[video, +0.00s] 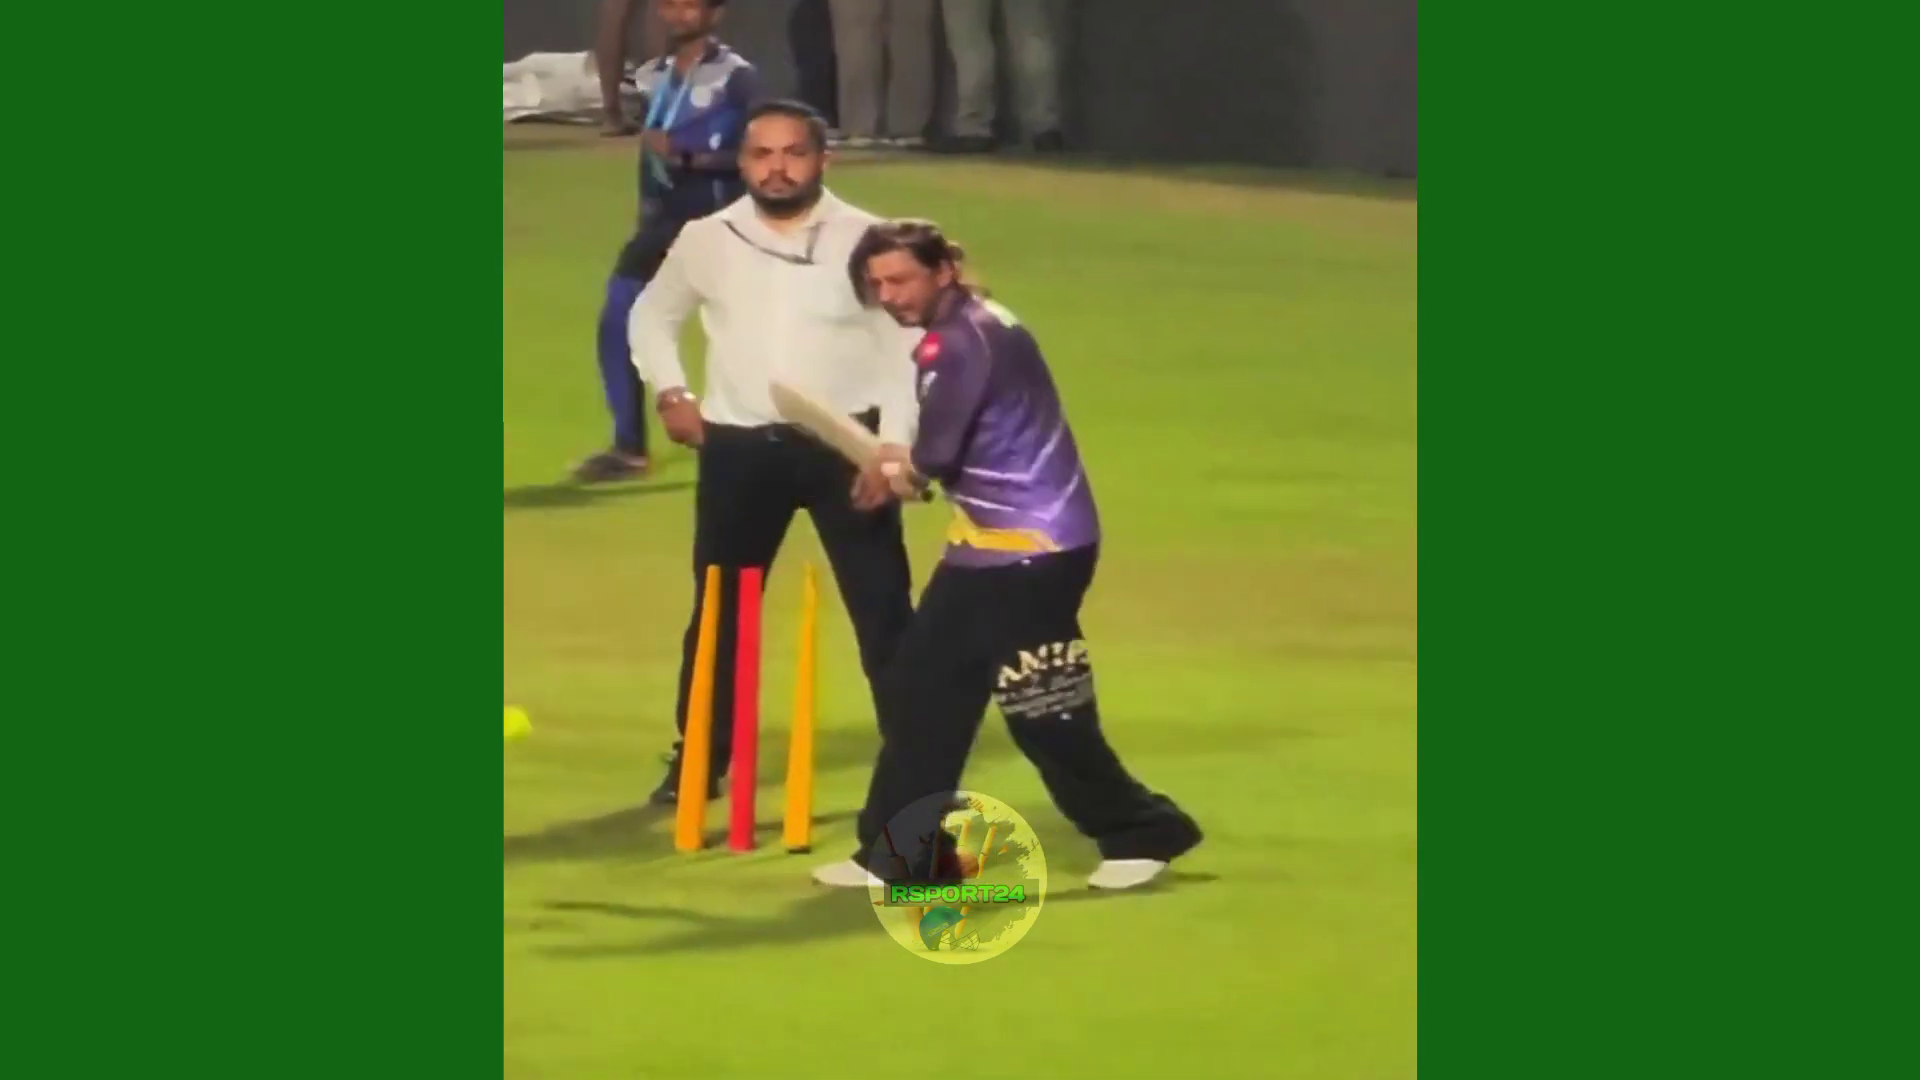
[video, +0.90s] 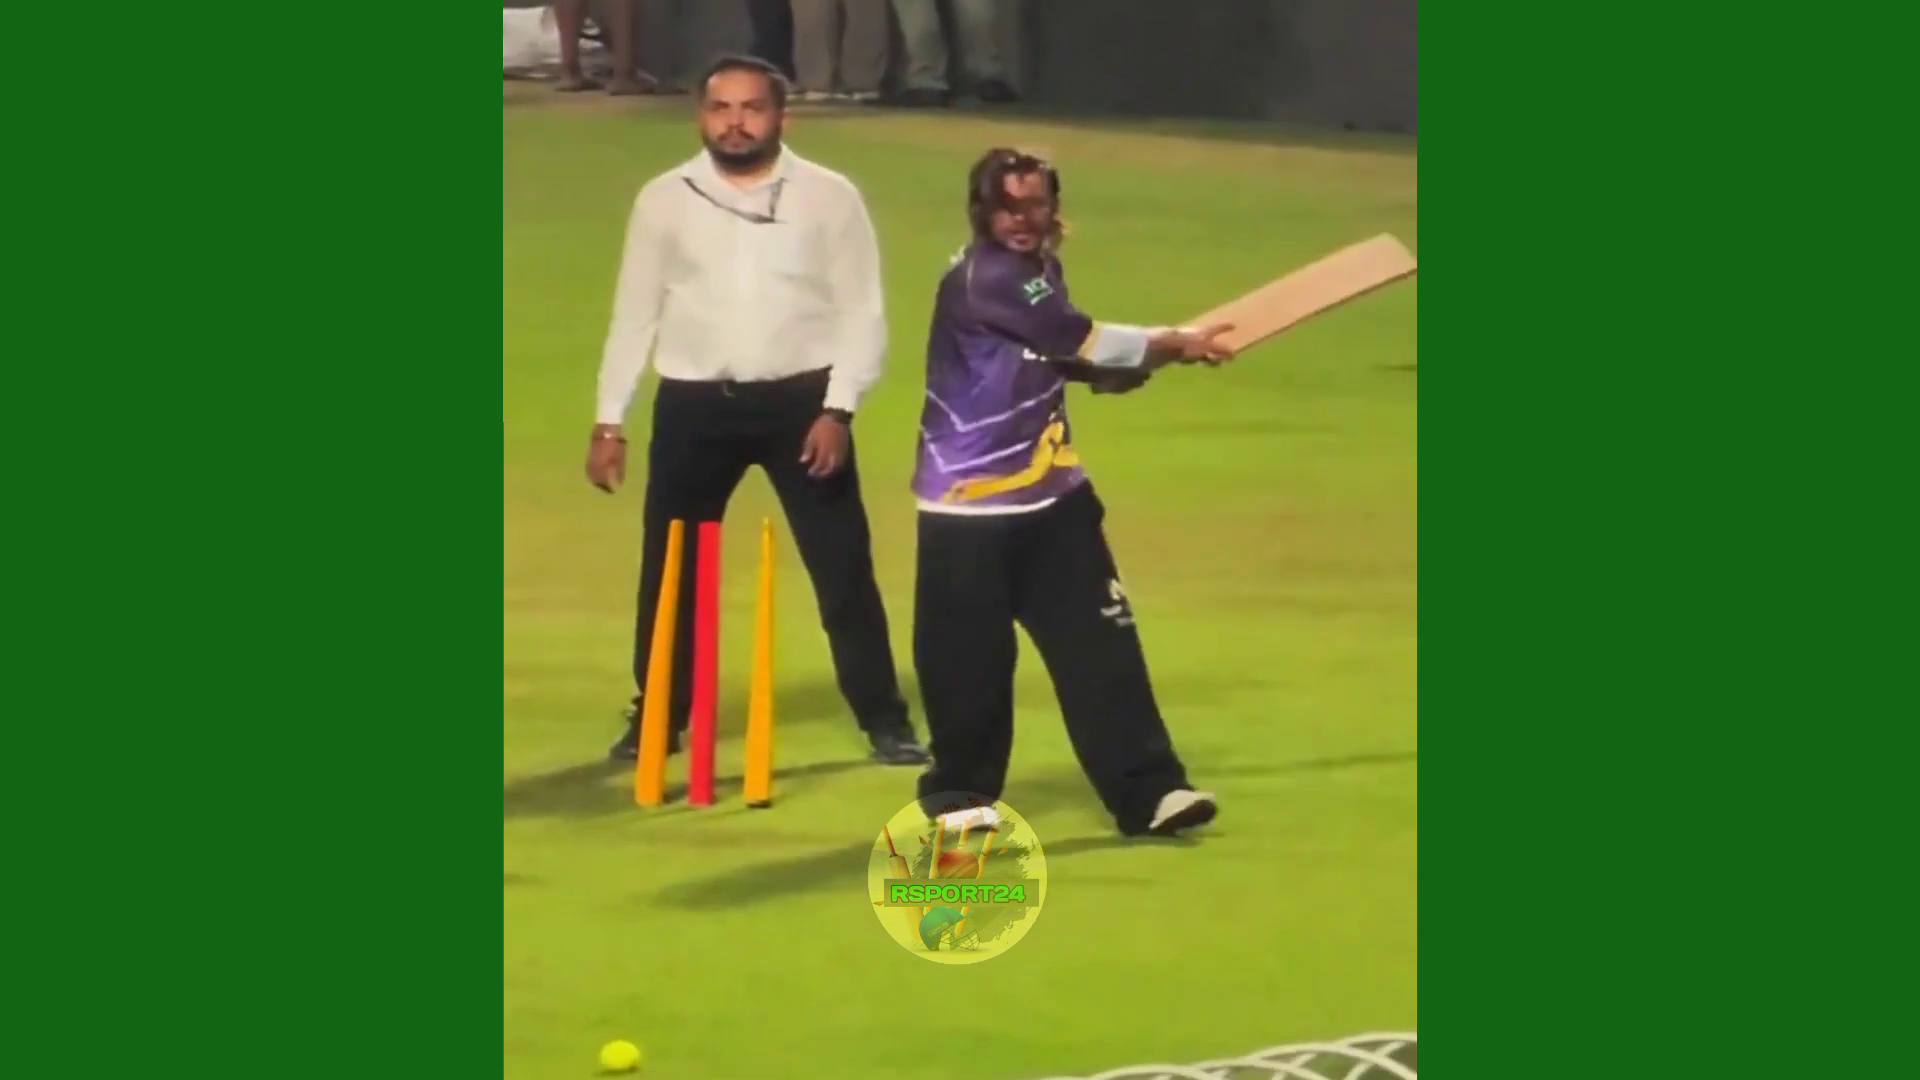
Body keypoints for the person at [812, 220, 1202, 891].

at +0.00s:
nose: (889, 298)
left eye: (900, 281)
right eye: (877, 286)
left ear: (943, 272)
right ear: (870, 290)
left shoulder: (960, 342)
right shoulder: (979, 321)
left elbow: (936, 454)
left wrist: (897, 474)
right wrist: (899, 470)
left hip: (1031, 547)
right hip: (994, 541)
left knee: (1047, 708)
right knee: (921, 688)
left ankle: (1141, 835)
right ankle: (892, 852)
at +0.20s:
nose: (929, 287)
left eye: (940, 272)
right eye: (923, 275)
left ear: (987, 266)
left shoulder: (1031, 331)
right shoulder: (988, 335)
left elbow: (951, 417)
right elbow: (972, 443)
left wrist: (859, 436)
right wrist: (873, 449)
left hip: (1088, 543)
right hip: (1016, 539)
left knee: (1094, 701)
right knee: (942, 681)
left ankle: (1149, 845)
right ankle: (889, 843)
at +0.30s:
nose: (941, 269)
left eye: (951, 253)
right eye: (935, 257)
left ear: (1000, 247)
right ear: (948, 264)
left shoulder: (1069, 295)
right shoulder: (971, 331)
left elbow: (1021, 377)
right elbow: (935, 419)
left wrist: (919, 404)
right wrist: (844, 431)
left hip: (1101, 524)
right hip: (1022, 527)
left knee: (1100, 692)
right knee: (962, 676)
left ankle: (1147, 840)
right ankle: (909, 835)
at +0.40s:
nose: (957, 246)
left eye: (969, 230)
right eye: (948, 238)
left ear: (1016, 228)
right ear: (945, 248)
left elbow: (1116, 359)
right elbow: (946, 391)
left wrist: (1045, 379)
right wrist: (983, 399)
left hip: (1098, 510)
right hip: (1008, 519)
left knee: (1109, 680)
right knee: (962, 672)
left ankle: (1136, 837)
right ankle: (917, 830)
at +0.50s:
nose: (974, 232)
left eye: (986, 216)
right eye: (961, 223)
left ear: (1025, 217)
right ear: (951, 235)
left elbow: (1147, 330)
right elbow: (1008, 345)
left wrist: (1128, 353)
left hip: (1095, 510)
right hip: (993, 518)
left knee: (1107, 673)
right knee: (941, 655)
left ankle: (1121, 826)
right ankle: (926, 816)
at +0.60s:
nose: (987, 229)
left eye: (1000, 213)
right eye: (971, 220)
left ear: (1035, 218)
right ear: (960, 234)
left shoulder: (1080, 272)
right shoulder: (963, 292)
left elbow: (1133, 357)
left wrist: (1168, 355)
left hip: (1086, 511)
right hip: (985, 520)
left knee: (1099, 672)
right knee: (941, 663)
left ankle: (1120, 825)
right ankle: (946, 808)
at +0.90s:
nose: (1023, 219)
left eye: (1035, 206)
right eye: (1008, 207)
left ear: (1053, 212)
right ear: (983, 213)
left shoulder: (1041, 276)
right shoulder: (982, 278)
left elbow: (1087, 369)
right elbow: (1084, 344)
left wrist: (1162, 354)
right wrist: (1174, 340)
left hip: (1053, 503)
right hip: (965, 516)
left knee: (1100, 649)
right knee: (967, 665)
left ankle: (1150, 791)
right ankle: (960, 797)